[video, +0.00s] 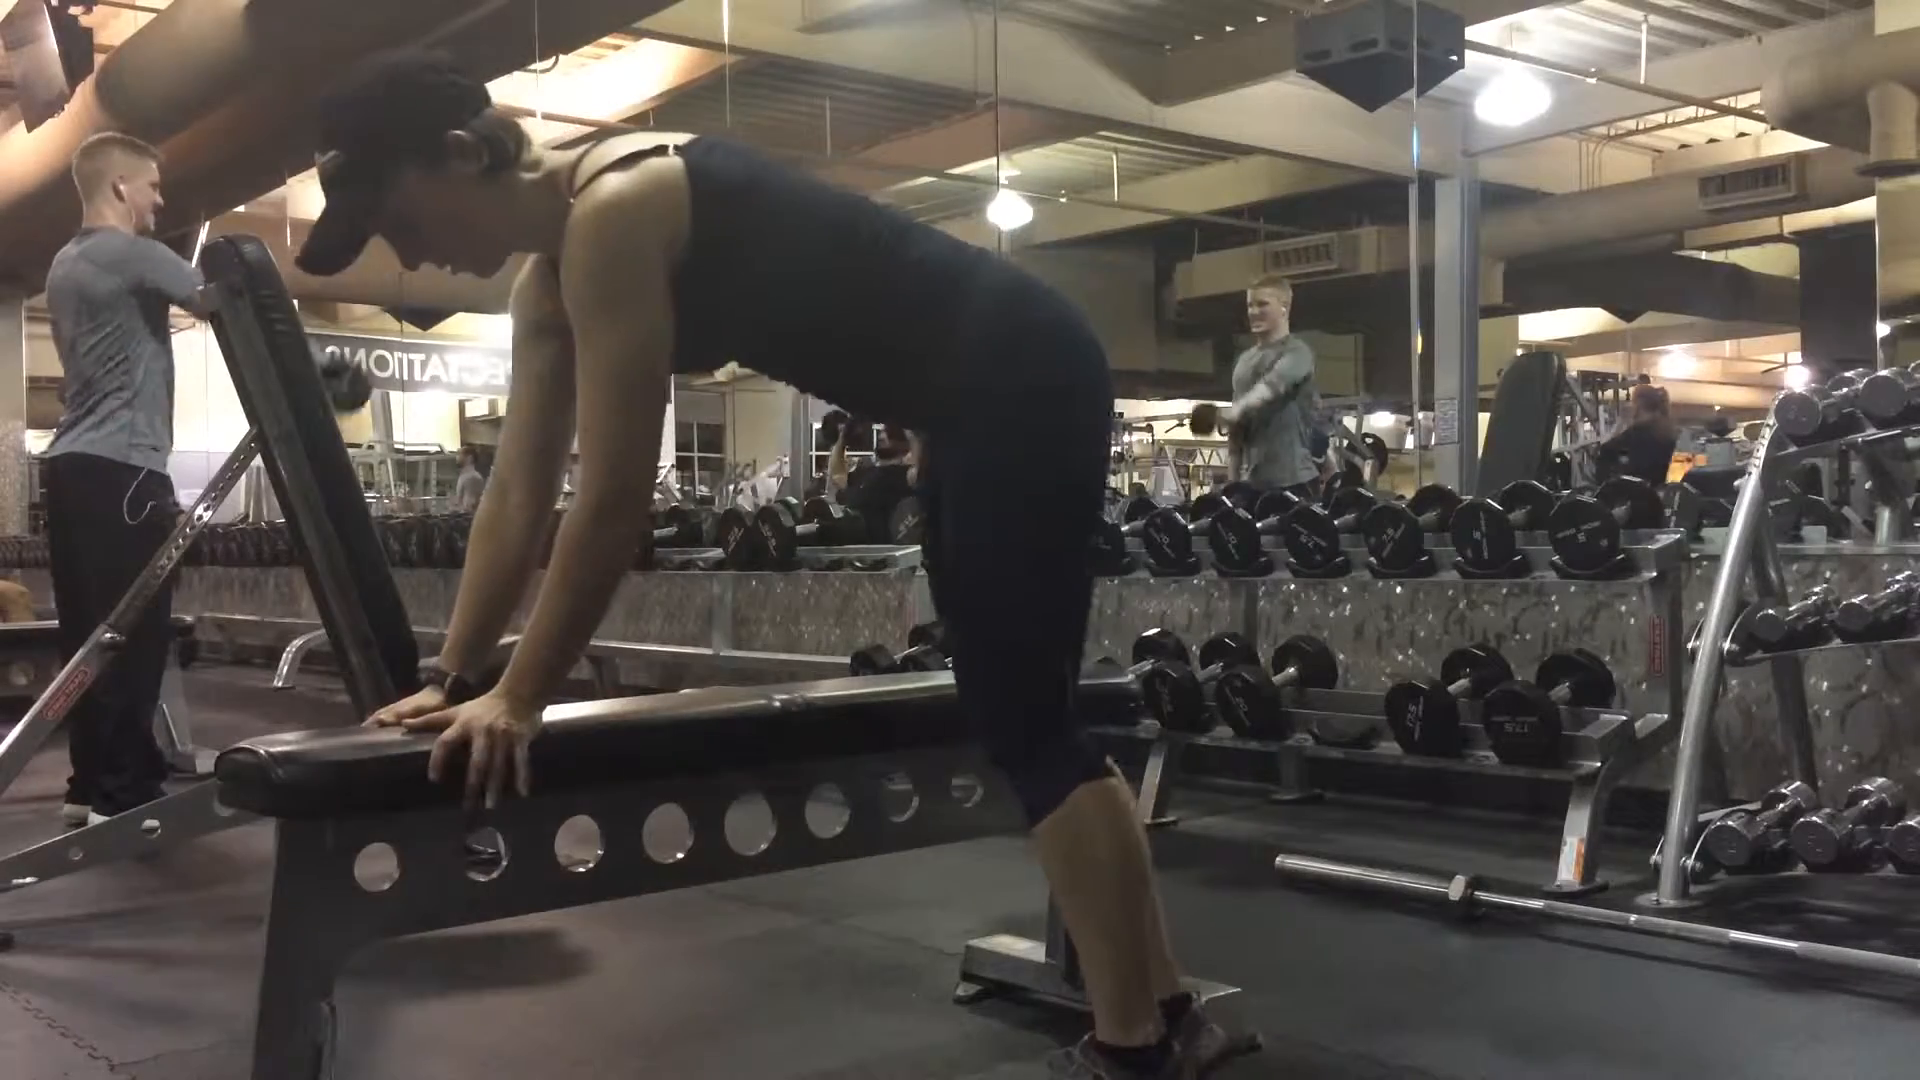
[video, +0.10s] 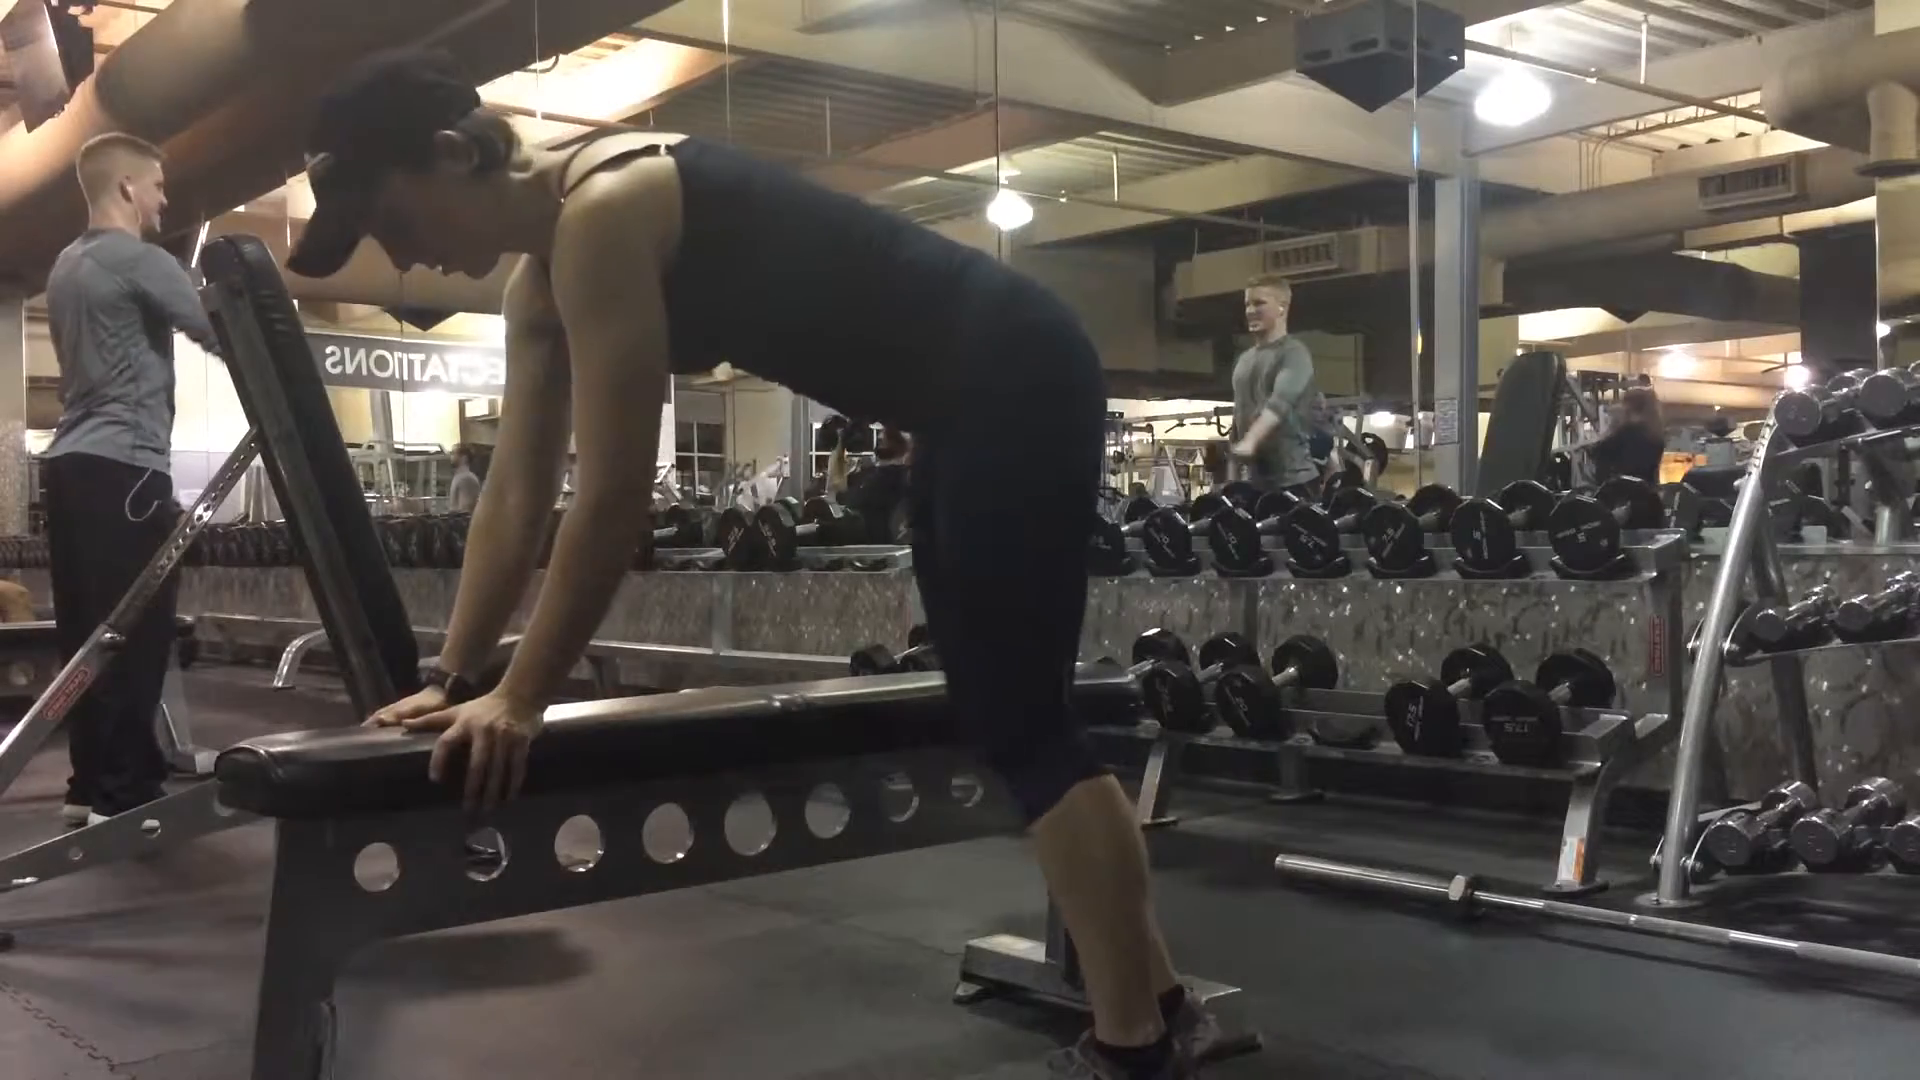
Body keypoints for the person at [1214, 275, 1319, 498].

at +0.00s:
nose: (1253, 312)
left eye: (1262, 304)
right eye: (1250, 306)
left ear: (1284, 308)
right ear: (1247, 309)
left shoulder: (1298, 353)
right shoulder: (1243, 360)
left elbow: (1270, 389)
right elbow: (1237, 425)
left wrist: (1230, 414)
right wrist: (1233, 479)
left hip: (1294, 477)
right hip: (1255, 478)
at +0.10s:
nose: (1250, 311)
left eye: (1258, 303)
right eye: (1247, 305)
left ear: (1282, 308)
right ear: (1244, 308)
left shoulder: (1295, 354)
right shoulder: (1244, 360)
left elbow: (1279, 404)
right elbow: (1240, 418)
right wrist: (1233, 477)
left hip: (1295, 477)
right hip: (1258, 477)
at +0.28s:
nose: (1248, 310)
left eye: (1256, 303)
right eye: (1246, 304)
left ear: (1281, 308)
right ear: (1243, 307)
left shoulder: (1292, 357)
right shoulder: (1242, 361)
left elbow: (1293, 424)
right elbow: (1239, 423)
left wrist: (1275, 476)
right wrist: (1236, 475)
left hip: (1290, 479)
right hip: (1251, 477)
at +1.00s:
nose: (1255, 310)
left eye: (1264, 303)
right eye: (1252, 304)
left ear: (1286, 310)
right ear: (1249, 308)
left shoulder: (1304, 362)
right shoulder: (1235, 363)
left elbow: (1319, 429)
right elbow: (1212, 421)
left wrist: (1310, 486)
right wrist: (1195, 476)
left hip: (1291, 488)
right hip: (1251, 488)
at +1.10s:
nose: (1257, 312)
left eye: (1266, 305)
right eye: (1255, 306)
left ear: (1290, 309)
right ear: (1252, 309)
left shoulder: (1307, 361)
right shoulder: (1241, 359)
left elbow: (1321, 429)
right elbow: (1208, 401)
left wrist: (1311, 485)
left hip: (1292, 484)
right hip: (1252, 484)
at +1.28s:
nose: (1258, 316)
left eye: (1266, 308)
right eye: (1255, 310)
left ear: (1290, 309)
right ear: (1252, 311)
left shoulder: (1306, 360)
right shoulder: (1245, 356)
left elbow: (1321, 428)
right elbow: (1201, 375)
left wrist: (1312, 485)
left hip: (1293, 484)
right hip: (1254, 482)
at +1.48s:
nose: (1249, 321)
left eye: (1256, 312)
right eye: (1246, 314)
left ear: (1280, 309)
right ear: (1243, 315)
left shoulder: (1300, 358)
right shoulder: (1243, 354)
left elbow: (1318, 426)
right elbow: (1201, 355)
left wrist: (1311, 484)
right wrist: (1167, 346)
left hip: (1290, 486)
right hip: (1254, 484)